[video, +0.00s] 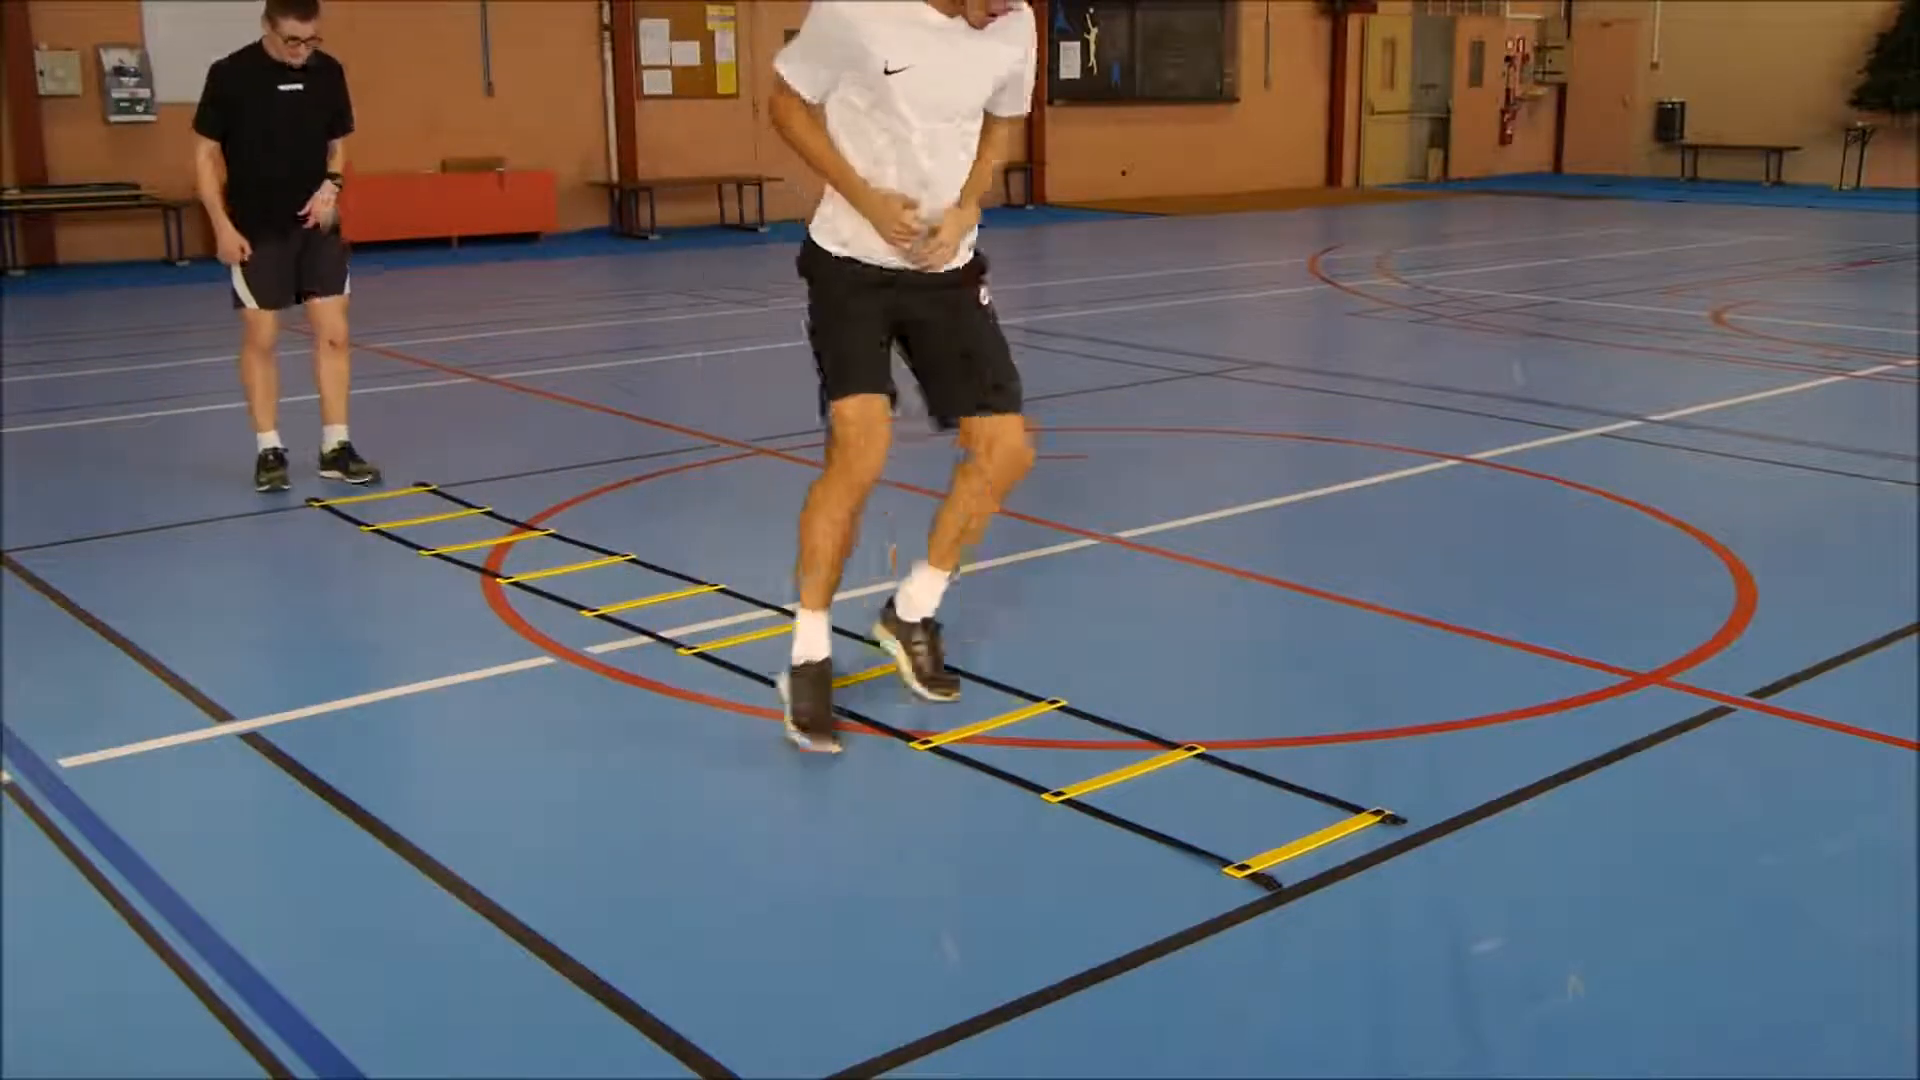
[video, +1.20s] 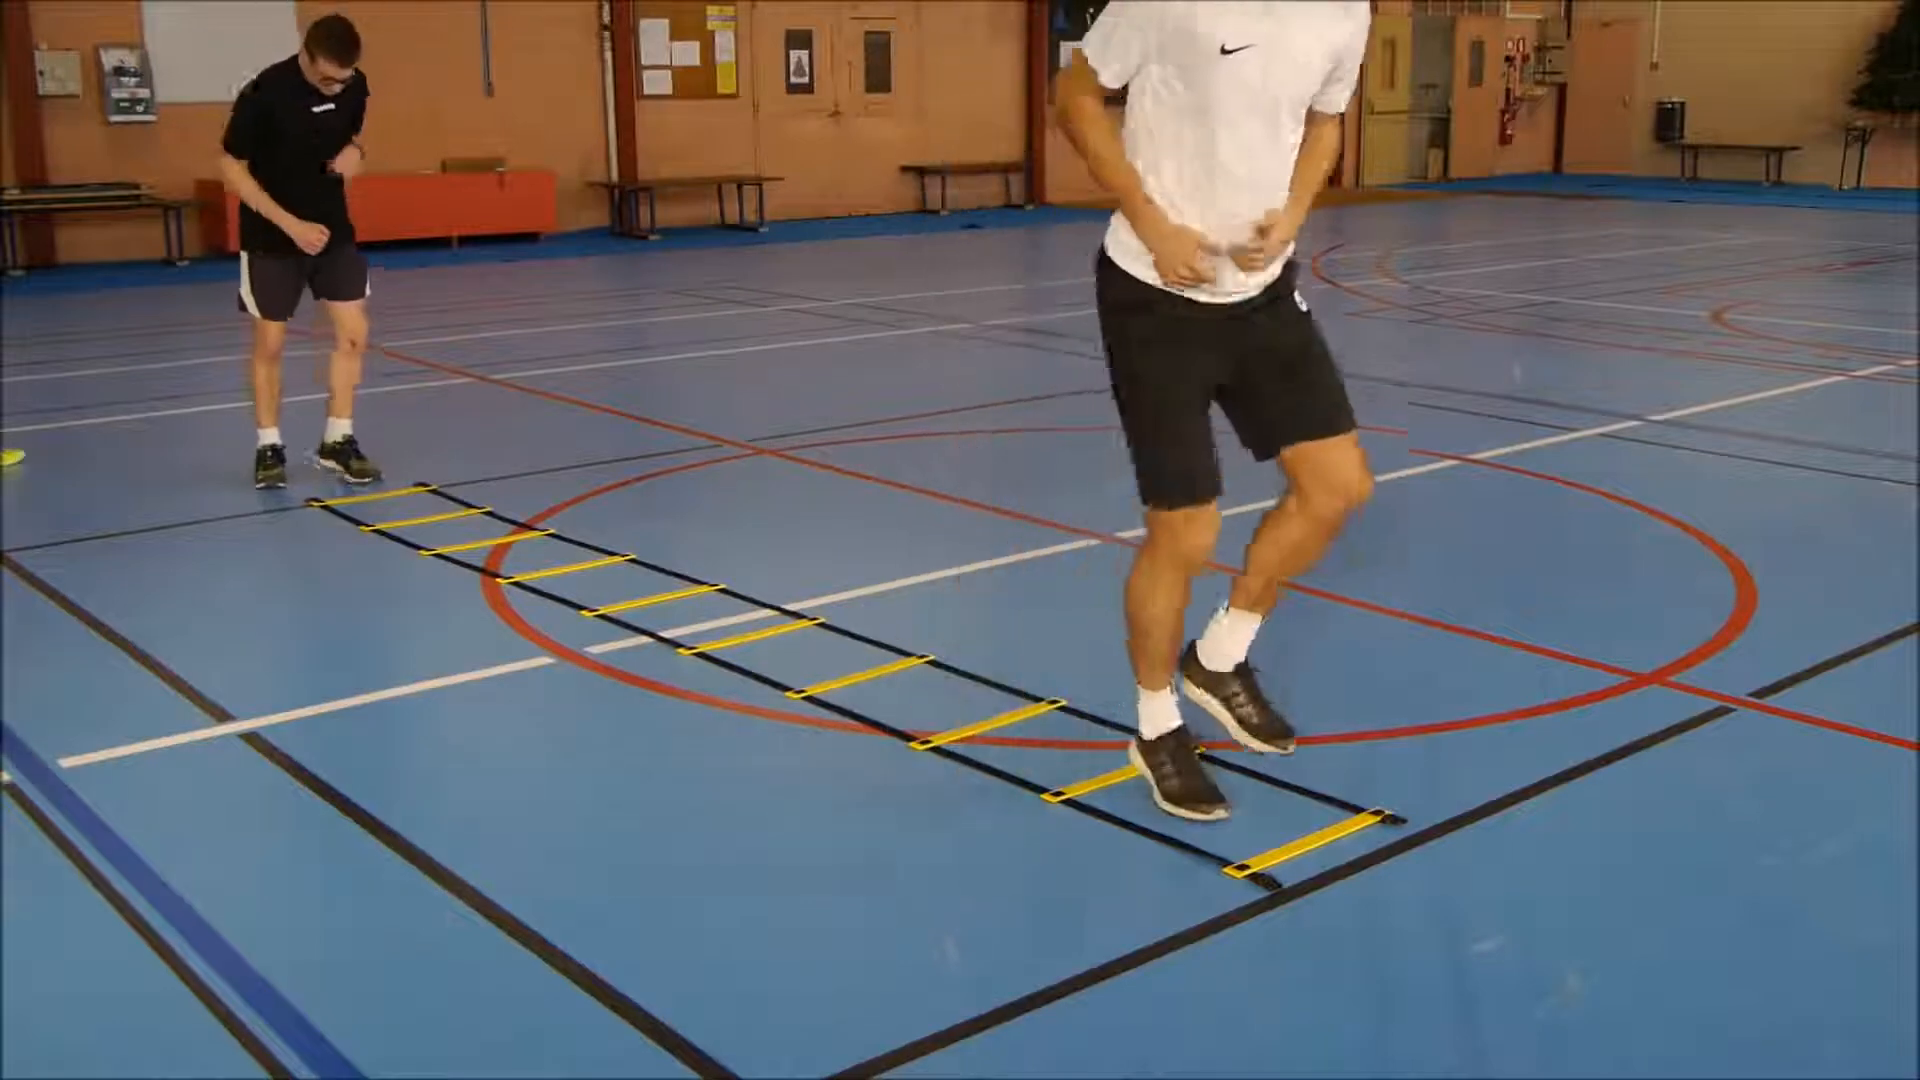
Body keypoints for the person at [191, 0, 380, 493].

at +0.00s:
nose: (302, 51)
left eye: (311, 41)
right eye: (292, 42)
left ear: (320, 28)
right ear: (267, 29)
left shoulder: (327, 71)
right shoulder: (229, 74)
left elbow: (338, 141)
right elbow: (206, 156)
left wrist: (332, 185)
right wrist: (222, 226)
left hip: (318, 224)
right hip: (257, 230)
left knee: (334, 335)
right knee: (262, 341)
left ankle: (336, 448)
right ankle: (269, 450)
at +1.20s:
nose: (336, 84)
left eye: (343, 77)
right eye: (327, 76)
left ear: (353, 63)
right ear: (304, 54)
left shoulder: (353, 87)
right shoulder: (264, 92)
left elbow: (352, 138)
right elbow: (231, 168)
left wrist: (353, 154)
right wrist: (292, 224)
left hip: (333, 228)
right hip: (271, 237)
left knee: (354, 335)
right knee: (270, 344)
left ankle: (337, 441)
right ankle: (270, 447)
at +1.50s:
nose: (368, 77)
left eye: (376, 68)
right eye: (360, 68)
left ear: (385, 55)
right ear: (336, 48)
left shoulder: (387, 83)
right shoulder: (286, 81)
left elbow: (390, 140)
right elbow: (242, 141)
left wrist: (381, 148)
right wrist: (292, 197)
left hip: (357, 222)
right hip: (301, 225)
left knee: (364, 340)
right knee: (337, 326)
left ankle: (335, 432)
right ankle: (346, 442)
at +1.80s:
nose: (388, 78)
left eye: (396, 70)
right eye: (379, 69)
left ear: (406, 54)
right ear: (354, 47)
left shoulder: (409, 84)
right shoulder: (308, 89)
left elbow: (415, 134)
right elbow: (272, 165)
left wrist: (407, 151)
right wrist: (335, 214)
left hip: (387, 231)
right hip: (324, 236)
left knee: (400, 350)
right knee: (337, 342)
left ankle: (386, 462)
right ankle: (330, 452)